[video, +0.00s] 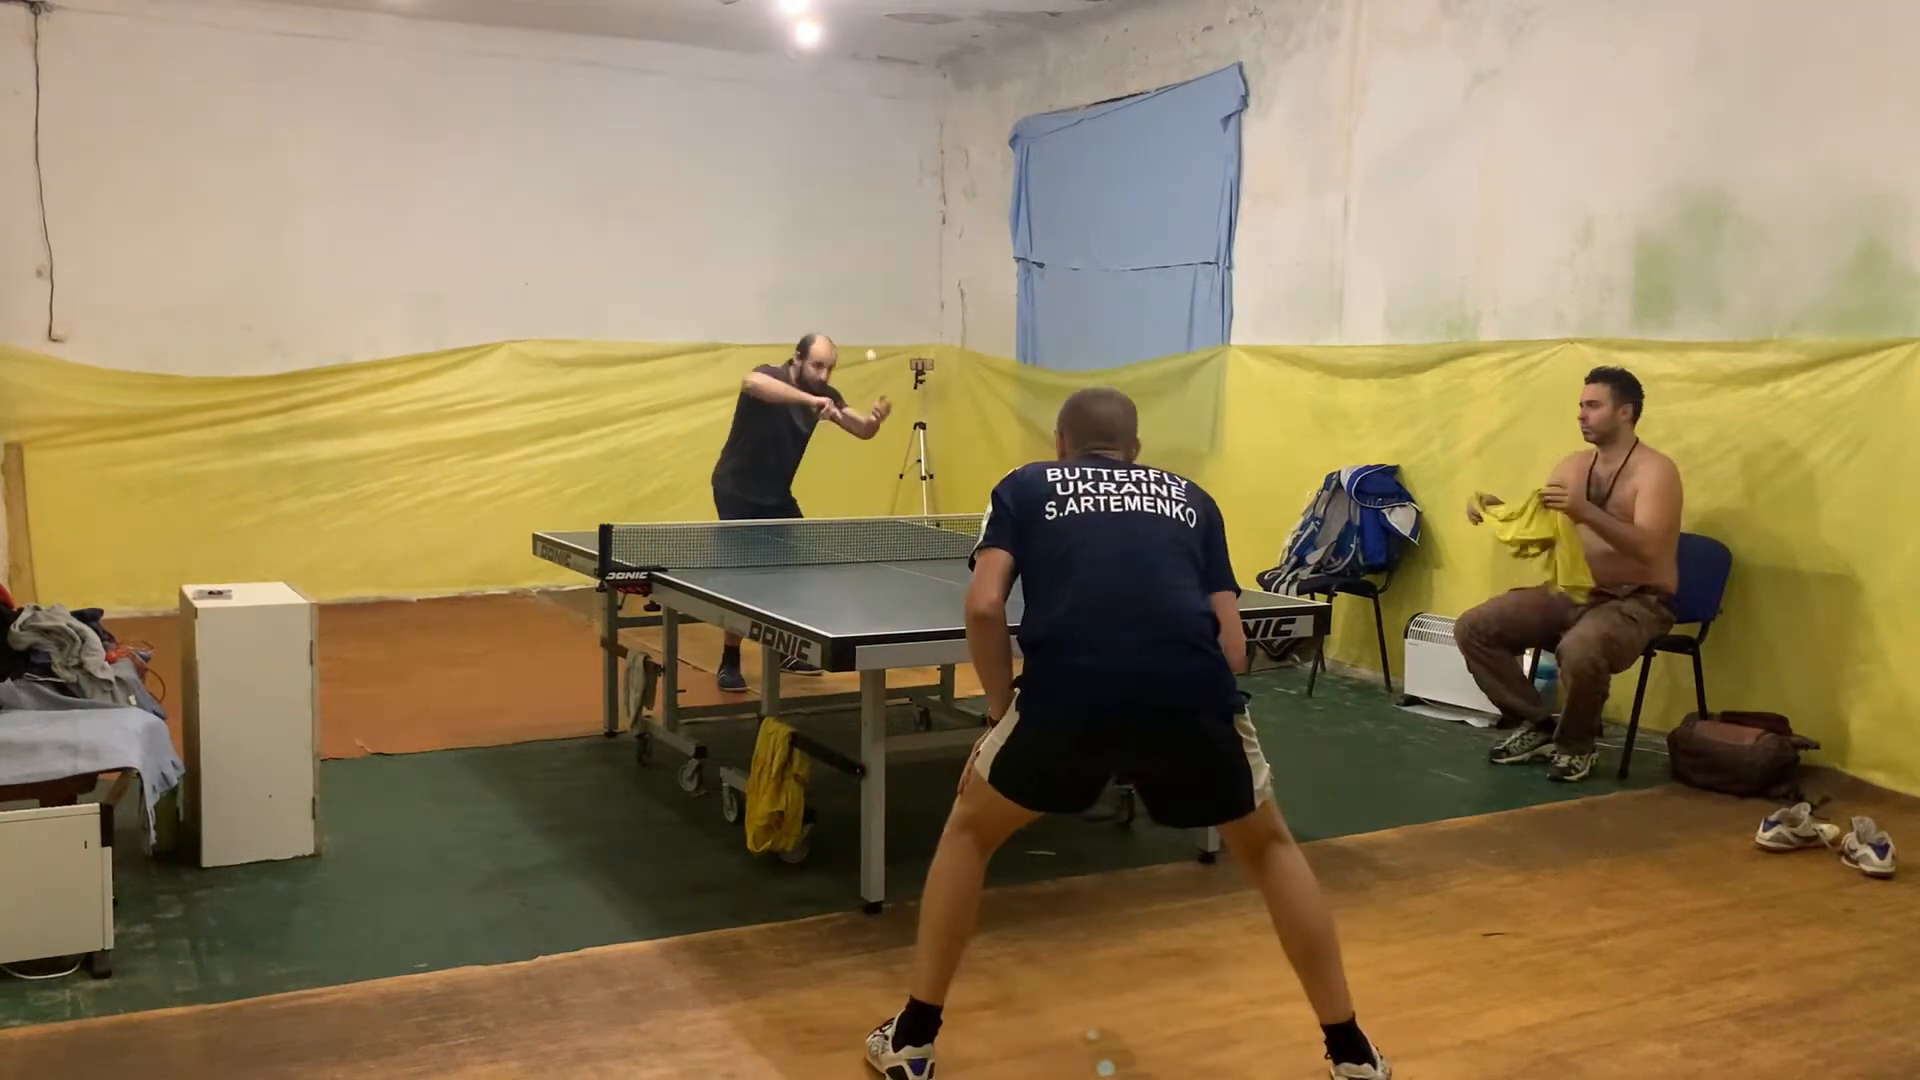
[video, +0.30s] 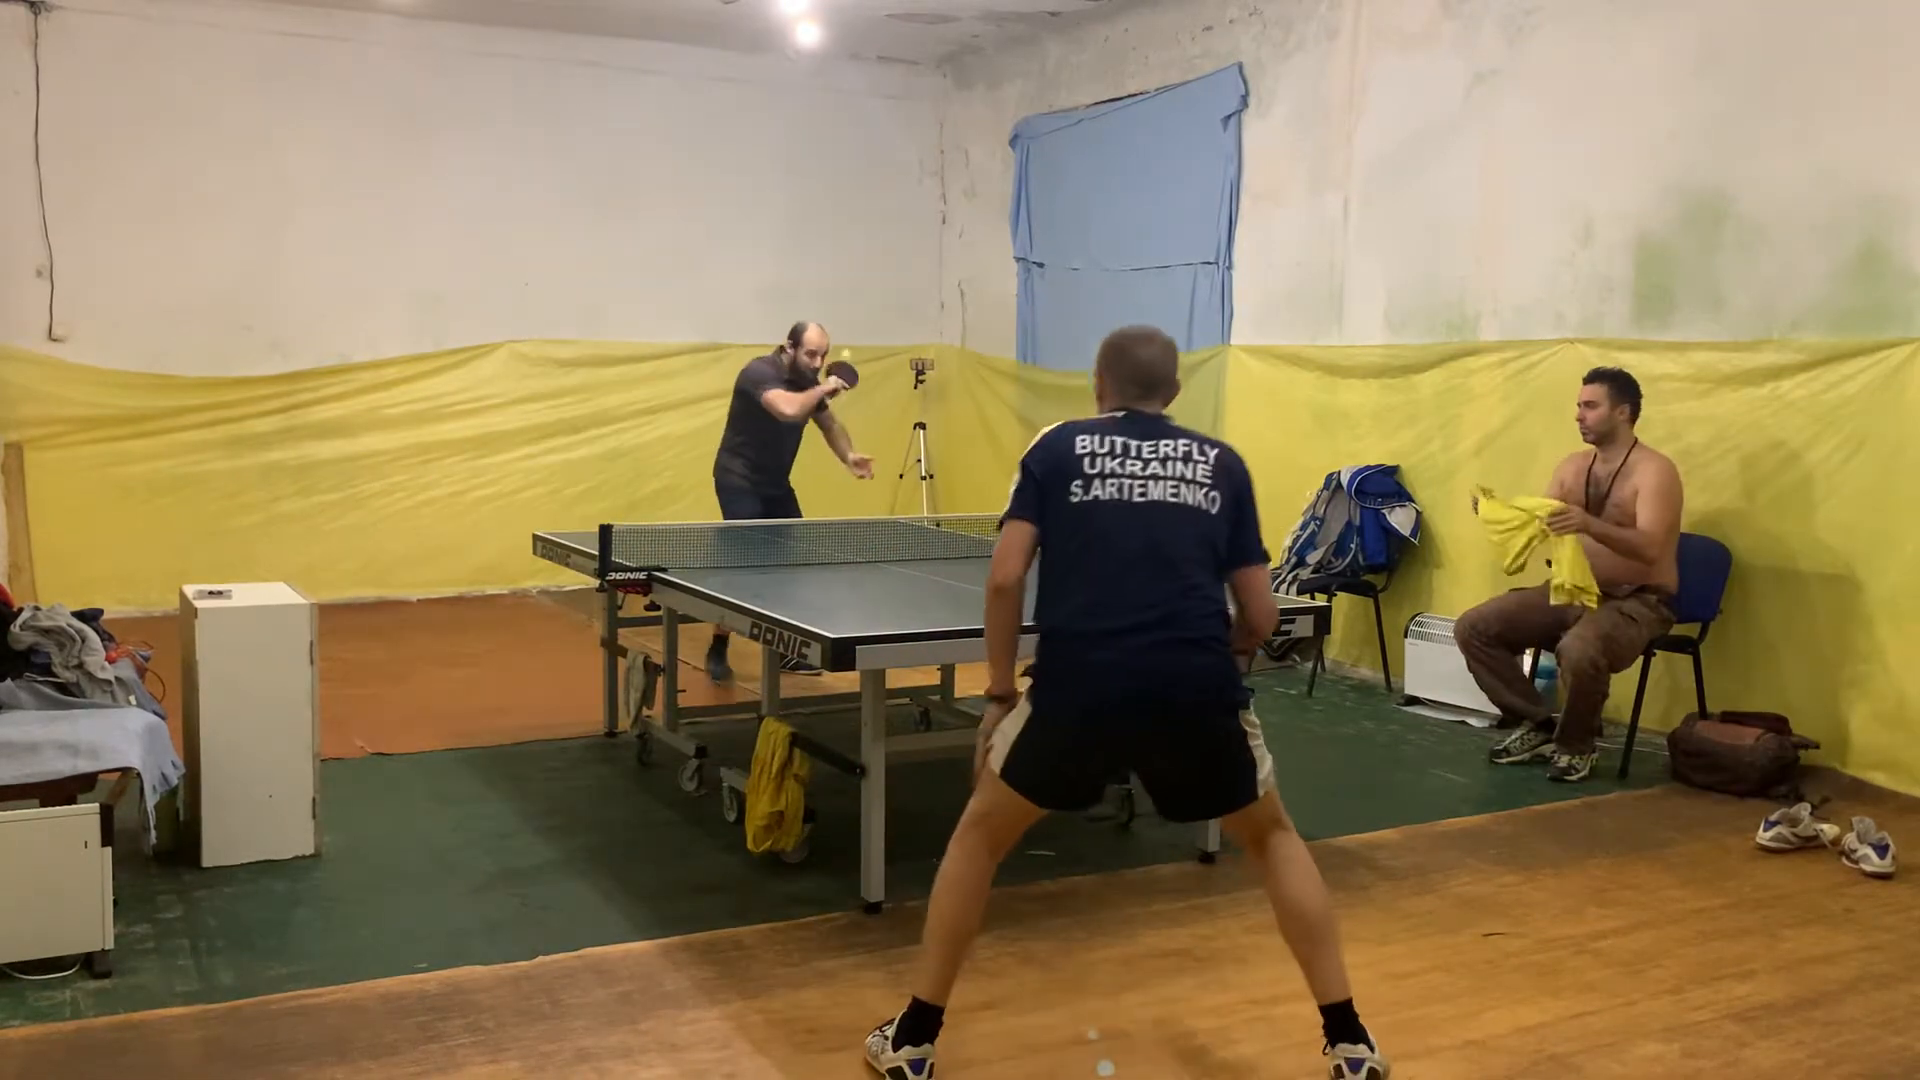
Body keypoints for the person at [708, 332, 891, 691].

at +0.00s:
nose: (824, 373)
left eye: (829, 367)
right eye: (818, 365)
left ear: (833, 367)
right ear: (797, 359)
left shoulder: (825, 395)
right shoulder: (771, 376)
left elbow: (863, 430)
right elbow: (752, 383)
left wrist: (876, 419)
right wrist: (808, 399)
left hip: (778, 496)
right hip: (737, 492)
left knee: (801, 567)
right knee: (744, 574)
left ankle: (787, 648)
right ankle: (731, 660)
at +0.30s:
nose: (818, 362)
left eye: (822, 356)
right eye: (812, 354)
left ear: (824, 354)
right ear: (789, 347)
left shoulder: (809, 381)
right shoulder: (759, 372)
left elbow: (829, 425)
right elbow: (786, 409)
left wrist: (849, 456)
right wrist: (821, 389)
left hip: (776, 483)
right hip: (739, 479)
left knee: (794, 559)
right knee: (748, 560)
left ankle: (787, 646)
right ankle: (719, 644)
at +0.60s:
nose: (799, 398)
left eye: (805, 391)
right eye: (795, 389)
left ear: (808, 388)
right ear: (774, 378)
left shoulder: (790, 409)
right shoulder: (742, 383)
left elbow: (805, 443)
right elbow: (709, 385)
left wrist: (820, 485)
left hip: (755, 495)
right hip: (716, 493)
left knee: (792, 559)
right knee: (723, 567)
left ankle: (787, 647)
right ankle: (691, 643)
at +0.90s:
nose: (744, 333)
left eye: (748, 326)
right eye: (736, 326)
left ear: (754, 325)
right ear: (717, 325)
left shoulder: (754, 360)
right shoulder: (688, 352)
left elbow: (767, 407)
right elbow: (633, 376)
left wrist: (760, 453)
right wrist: (648, 399)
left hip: (731, 474)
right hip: (685, 473)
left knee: (759, 549)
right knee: (676, 553)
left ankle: (760, 635)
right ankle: (660, 650)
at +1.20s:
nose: (701, 356)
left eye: (706, 348)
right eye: (692, 349)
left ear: (712, 347)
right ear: (673, 351)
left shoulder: (726, 388)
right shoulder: (651, 392)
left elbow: (756, 435)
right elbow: (618, 444)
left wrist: (749, 474)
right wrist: (648, 461)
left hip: (715, 505)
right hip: (661, 508)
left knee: (760, 568)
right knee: (630, 584)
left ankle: (782, 648)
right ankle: (602, 660)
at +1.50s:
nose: (692, 362)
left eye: (697, 353)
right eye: (682, 355)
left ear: (703, 350)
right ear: (665, 356)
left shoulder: (726, 386)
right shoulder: (651, 399)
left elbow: (774, 422)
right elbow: (622, 454)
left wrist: (762, 459)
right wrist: (650, 460)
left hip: (734, 505)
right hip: (678, 508)